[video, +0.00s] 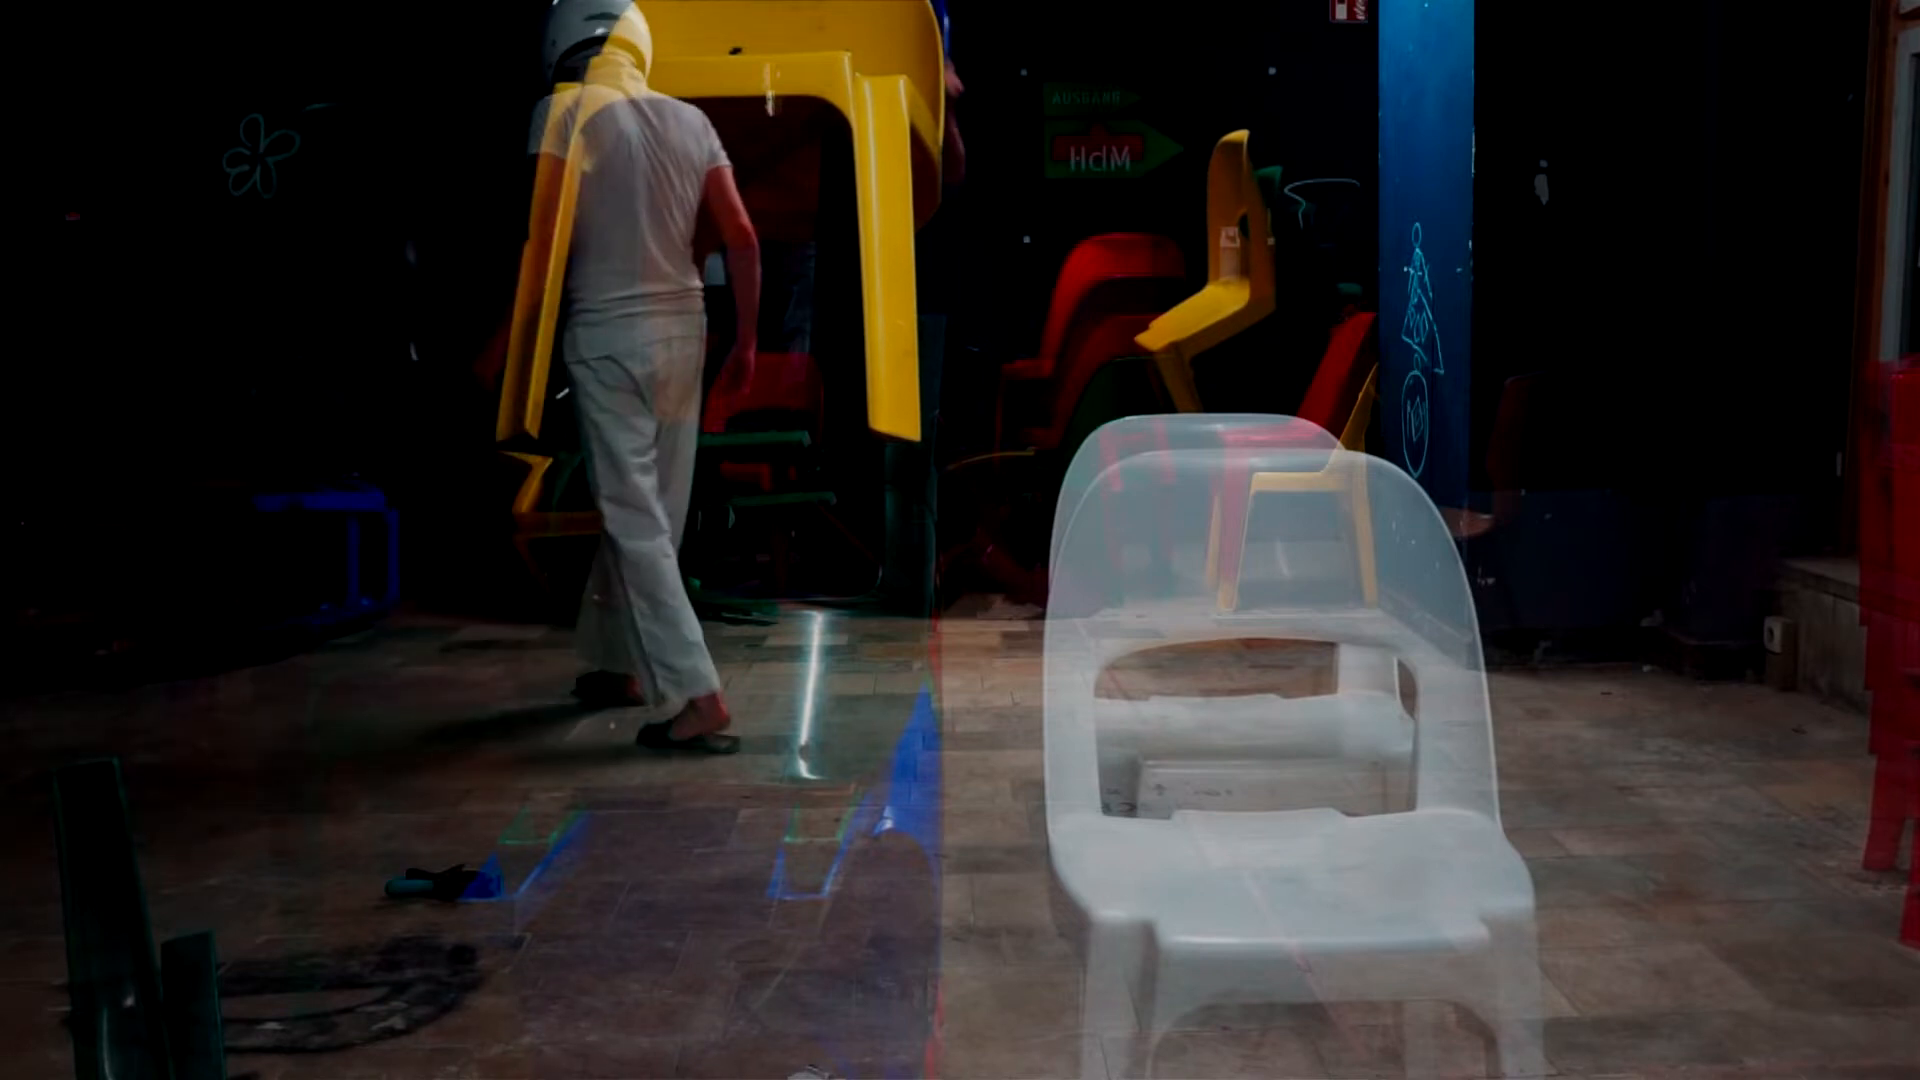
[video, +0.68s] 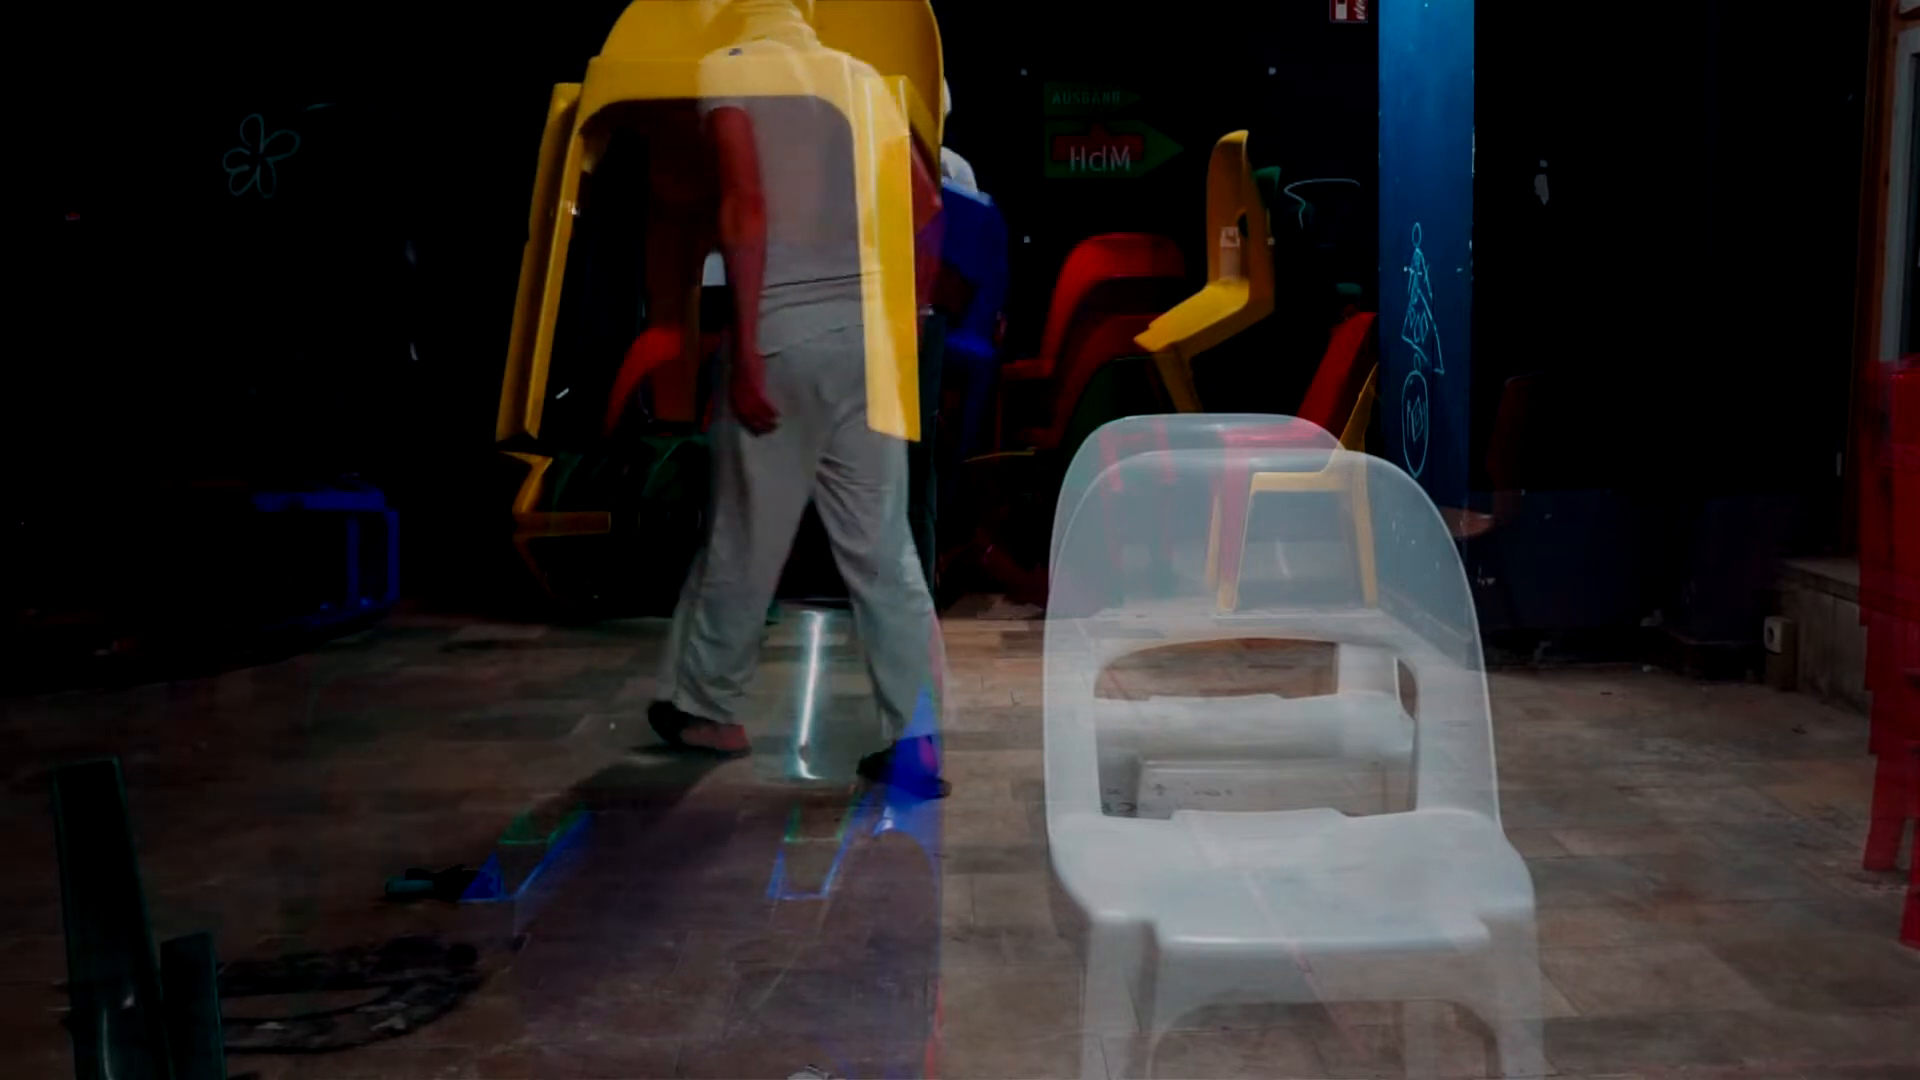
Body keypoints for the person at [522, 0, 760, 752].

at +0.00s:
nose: (565, 77)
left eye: (564, 64)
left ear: (573, 58)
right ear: (635, 53)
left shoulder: (565, 117)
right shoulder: (689, 122)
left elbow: (545, 239)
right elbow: (741, 238)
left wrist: (512, 337)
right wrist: (745, 336)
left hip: (604, 335)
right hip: (682, 333)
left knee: (637, 511)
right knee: (656, 509)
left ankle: (699, 698)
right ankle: (615, 667)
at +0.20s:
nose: (599, 64)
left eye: (601, 53)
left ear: (613, 45)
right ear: (672, 42)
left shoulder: (603, 94)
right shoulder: (730, 97)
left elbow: (582, 224)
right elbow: (783, 215)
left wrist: (546, 298)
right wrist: (782, 322)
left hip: (646, 318)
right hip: (725, 314)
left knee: (663, 513)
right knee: (705, 509)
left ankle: (693, 710)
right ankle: (711, 688)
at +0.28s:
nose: (612, 56)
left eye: (614, 44)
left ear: (623, 41)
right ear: (685, 35)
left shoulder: (612, 86)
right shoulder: (746, 90)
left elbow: (605, 217)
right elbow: (802, 213)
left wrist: (562, 309)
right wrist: (799, 323)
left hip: (657, 319)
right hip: (743, 314)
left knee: (671, 513)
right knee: (724, 500)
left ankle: (698, 710)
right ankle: (769, 659)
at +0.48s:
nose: (652, 57)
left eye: (657, 46)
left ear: (671, 36)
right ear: (730, 31)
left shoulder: (661, 87)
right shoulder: (796, 92)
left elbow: (668, 220)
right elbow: (855, 210)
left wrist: (656, 352)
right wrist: (859, 323)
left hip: (702, 328)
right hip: (791, 322)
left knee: (688, 534)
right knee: (793, 521)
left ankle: (704, 710)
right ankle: (877, 669)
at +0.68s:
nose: (722, 45)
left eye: (725, 35)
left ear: (736, 29)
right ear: (804, 26)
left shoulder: (730, 72)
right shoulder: (866, 83)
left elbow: (745, 211)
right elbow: (925, 202)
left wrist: (746, 353)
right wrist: (897, 313)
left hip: (784, 332)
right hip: (871, 329)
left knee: (747, 534)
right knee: (883, 548)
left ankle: (705, 707)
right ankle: (919, 738)